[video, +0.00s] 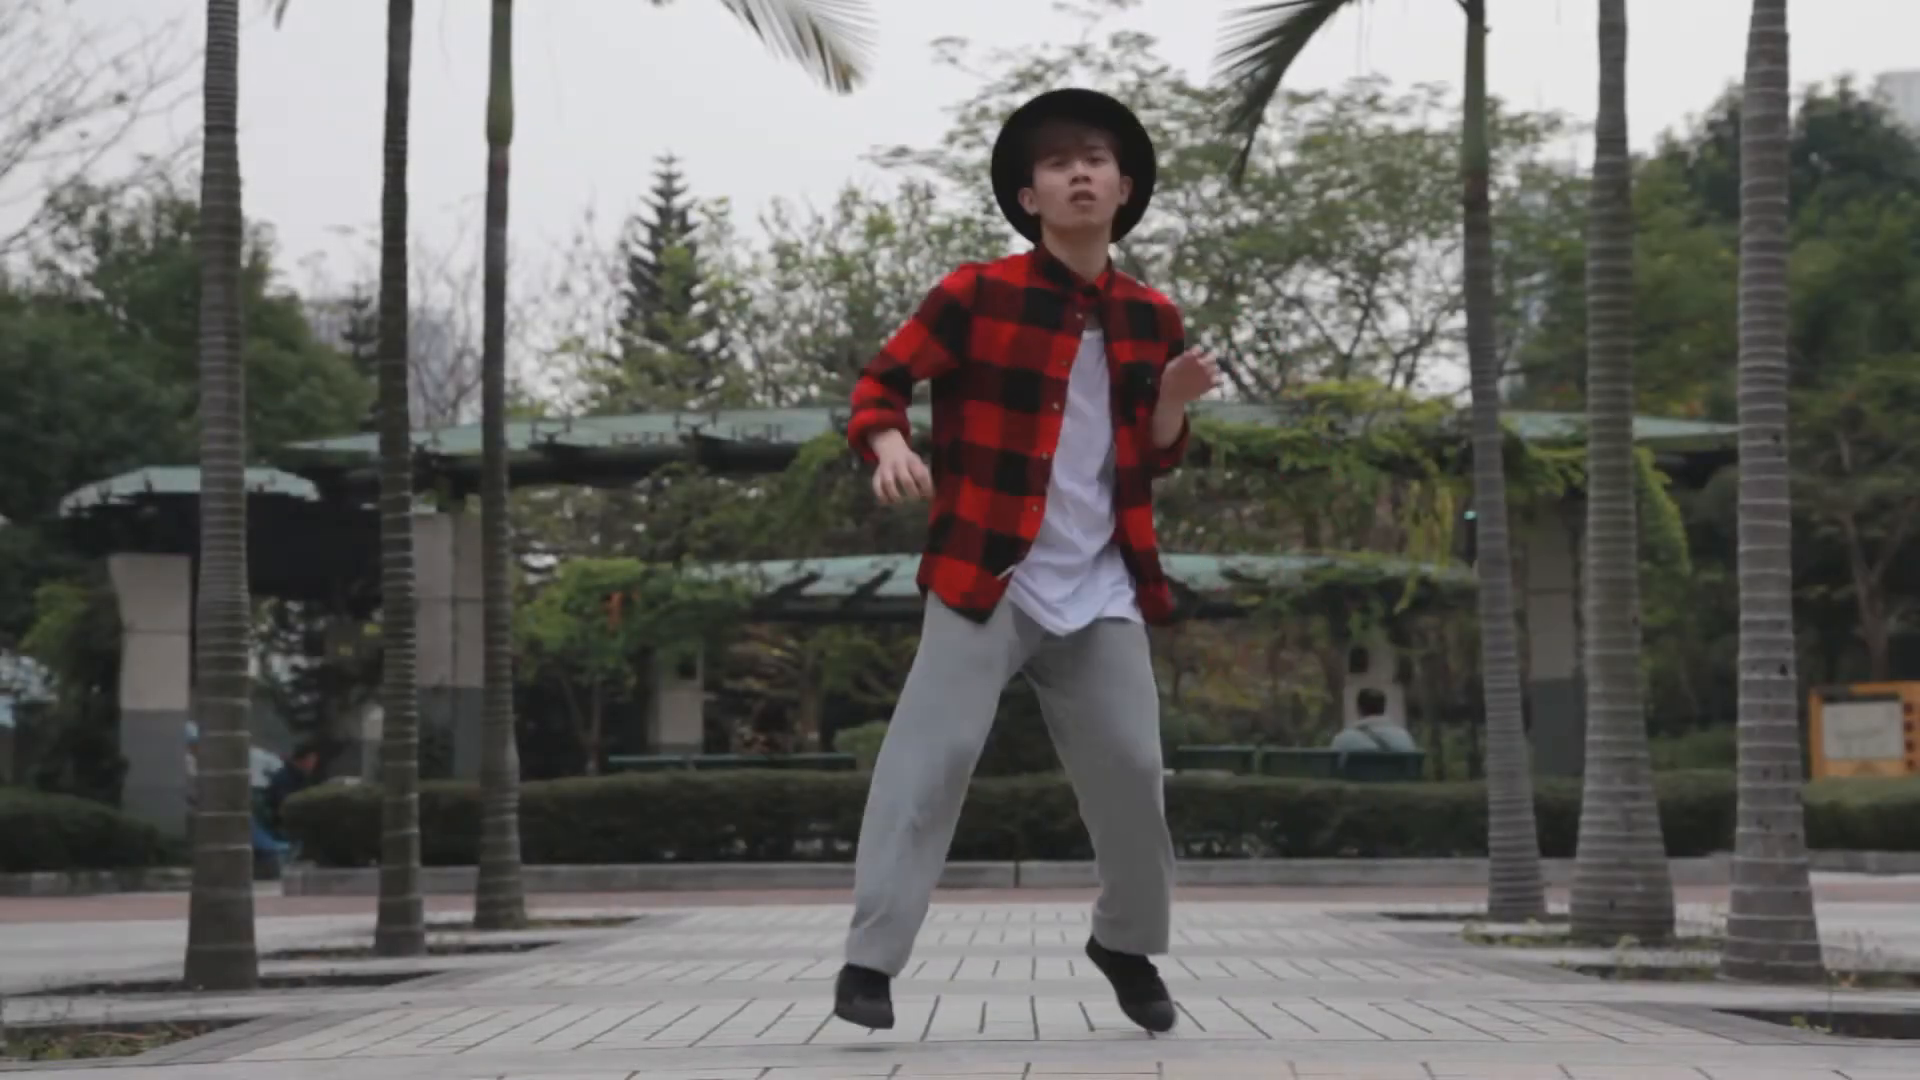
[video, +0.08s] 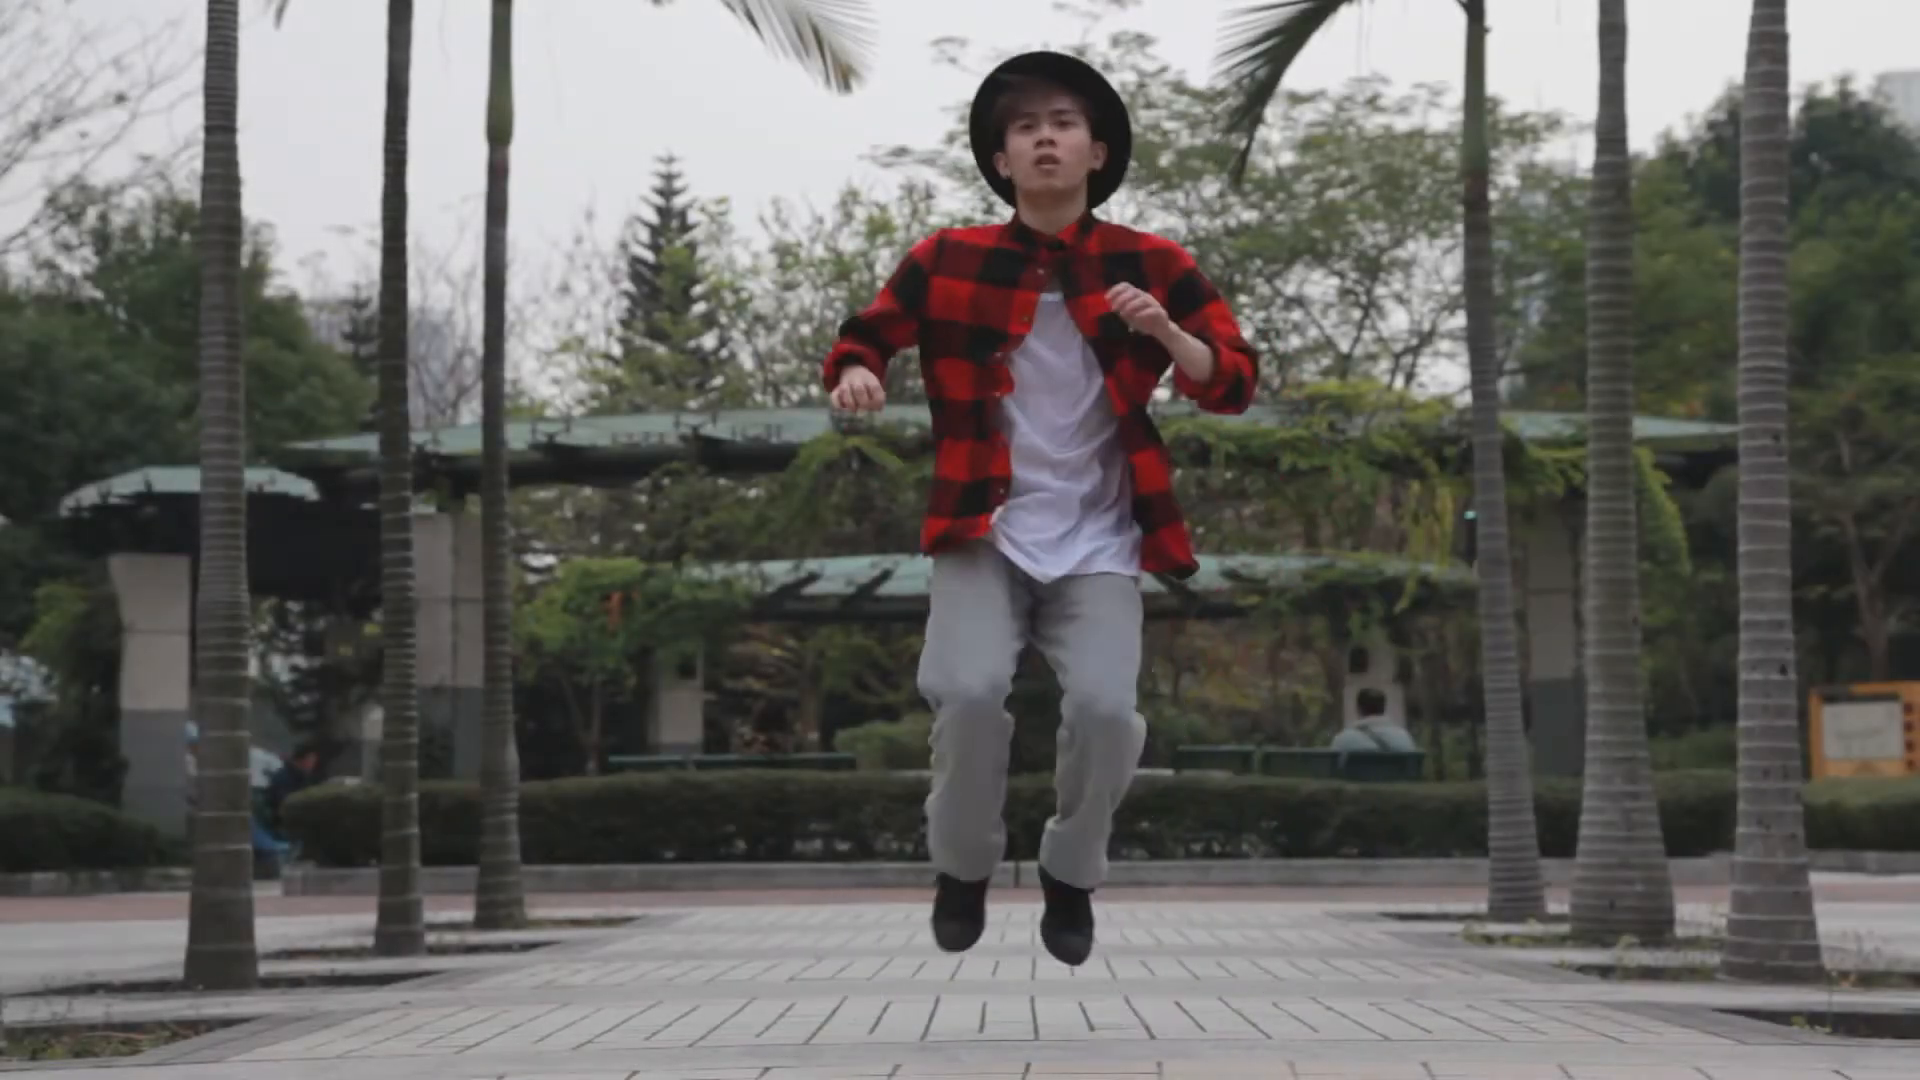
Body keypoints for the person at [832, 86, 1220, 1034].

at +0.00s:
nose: (1078, 172)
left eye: (1095, 157)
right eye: (1055, 161)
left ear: (1127, 186)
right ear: (1025, 196)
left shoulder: (1150, 316)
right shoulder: (976, 294)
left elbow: (1155, 461)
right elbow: (878, 387)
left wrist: (1171, 407)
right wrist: (886, 441)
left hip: (1101, 582)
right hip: (984, 577)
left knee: (1133, 764)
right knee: (928, 758)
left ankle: (1126, 942)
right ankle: (870, 960)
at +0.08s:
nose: (1044, 139)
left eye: (1064, 122)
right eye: (1021, 126)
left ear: (1101, 149)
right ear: (998, 159)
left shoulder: (1151, 265)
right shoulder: (947, 261)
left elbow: (1234, 381)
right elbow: (862, 342)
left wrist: (1173, 337)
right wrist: (854, 374)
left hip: (1099, 540)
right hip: (980, 534)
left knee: (1106, 706)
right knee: (967, 689)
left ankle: (1072, 871)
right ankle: (963, 864)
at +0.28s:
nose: (982, 176)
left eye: (1006, 158)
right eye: (965, 162)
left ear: (1049, 184)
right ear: (950, 188)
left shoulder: (1074, 292)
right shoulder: (973, 316)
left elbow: (1105, 412)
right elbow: (970, 449)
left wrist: (1030, 460)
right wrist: (886, 480)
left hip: (1093, 584)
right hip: (996, 583)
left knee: (1108, 786)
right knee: (924, 768)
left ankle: (1234, 979)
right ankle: (976, 961)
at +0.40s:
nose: (969, 190)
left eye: (995, 178)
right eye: (958, 175)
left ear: (1034, 212)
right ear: (938, 200)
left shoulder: (1048, 319)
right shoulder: (974, 324)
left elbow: (1076, 462)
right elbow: (971, 467)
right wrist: (867, 452)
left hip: (1061, 586)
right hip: (989, 588)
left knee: (1054, 768)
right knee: (952, 770)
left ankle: (1188, 957)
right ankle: (998, 963)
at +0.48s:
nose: (969, 170)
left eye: (993, 158)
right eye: (954, 156)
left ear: (1031, 196)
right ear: (931, 187)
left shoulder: (1062, 308)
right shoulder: (943, 316)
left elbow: (1118, 438)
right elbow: (919, 435)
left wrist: (1179, 553)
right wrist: (844, 419)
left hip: (1058, 567)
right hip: (977, 564)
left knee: (984, 750)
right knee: (929, 754)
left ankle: (1050, 943)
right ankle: (1017, 950)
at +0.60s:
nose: (986, 173)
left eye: (1006, 160)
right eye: (966, 159)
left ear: (1038, 193)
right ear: (934, 192)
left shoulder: (1087, 305)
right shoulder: (909, 321)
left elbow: (1193, 401)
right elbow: (841, 449)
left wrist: (1302, 477)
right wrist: (850, 419)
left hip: (1039, 586)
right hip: (944, 582)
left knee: (922, 744)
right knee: (984, 809)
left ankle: (908, 973)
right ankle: (1071, 959)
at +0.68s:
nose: (1001, 177)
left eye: (1019, 166)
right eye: (978, 166)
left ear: (1047, 199)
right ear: (944, 202)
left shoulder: (1100, 306)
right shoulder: (903, 322)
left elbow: (1210, 380)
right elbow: (854, 446)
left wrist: (1335, 436)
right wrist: (907, 468)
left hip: (1033, 566)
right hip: (929, 569)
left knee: (895, 719)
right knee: (946, 767)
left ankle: (966, 928)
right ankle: (1055, 948)